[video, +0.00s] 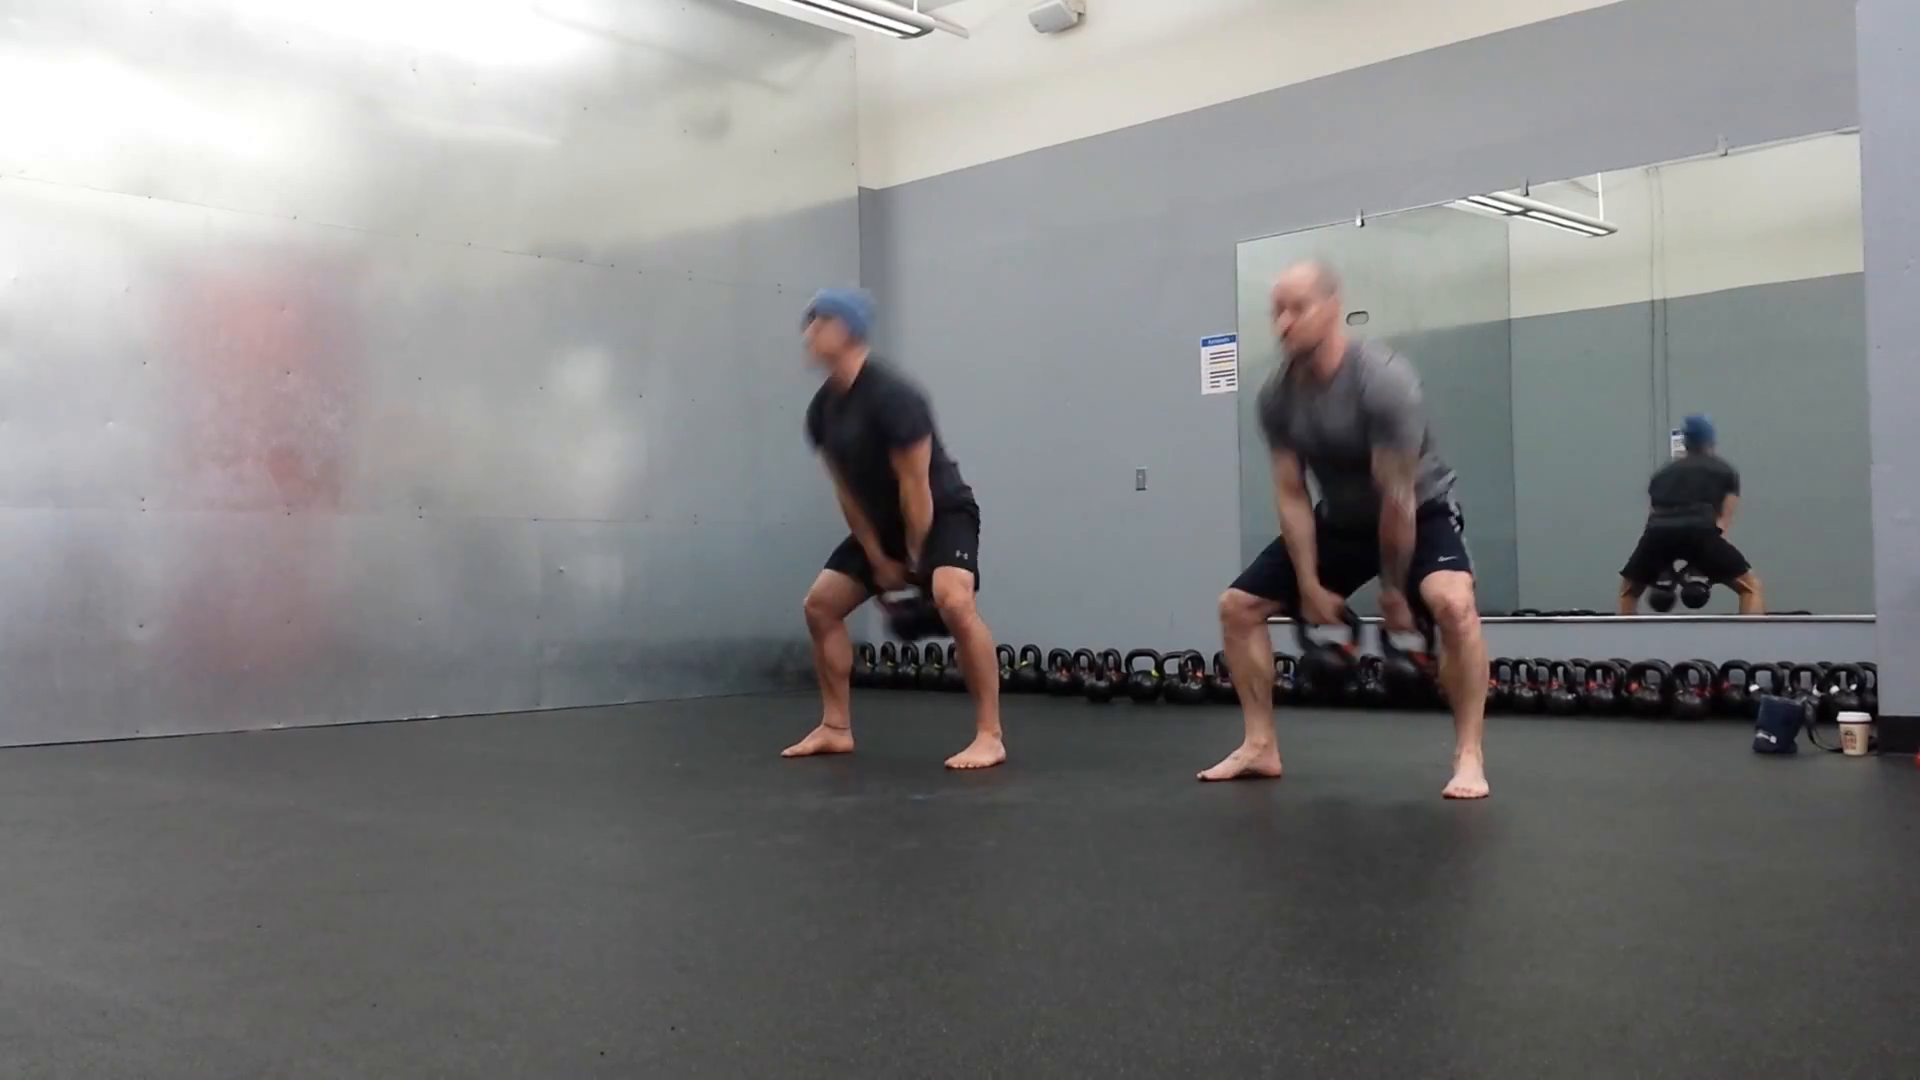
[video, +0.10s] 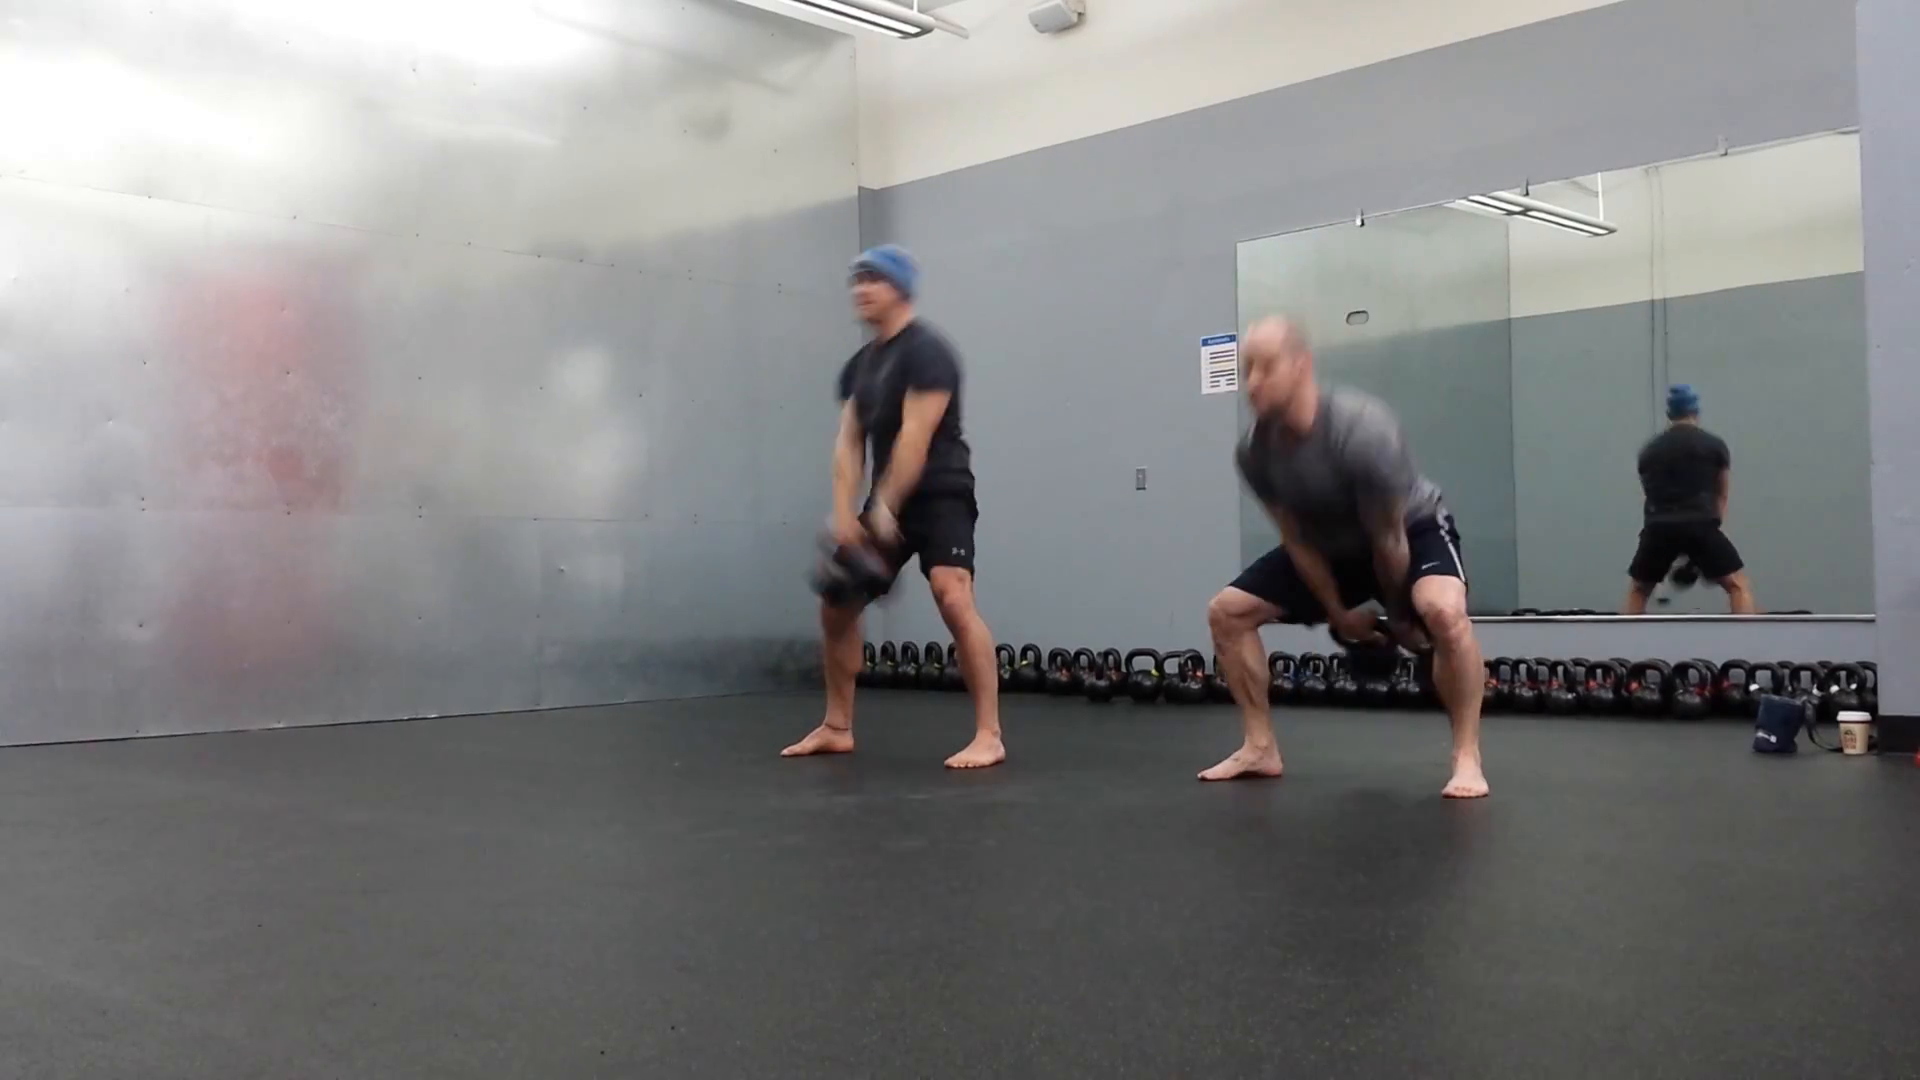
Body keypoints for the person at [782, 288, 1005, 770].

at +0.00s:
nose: (809, 331)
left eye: (822, 321)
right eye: (810, 322)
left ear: (851, 332)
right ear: (820, 335)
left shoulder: (895, 397)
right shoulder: (823, 410)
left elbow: (917, 488)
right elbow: (846, 492)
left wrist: (914, 559)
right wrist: (877, 558)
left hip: (942, 513)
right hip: (883, 519)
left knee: (953, 601)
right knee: (821, 607)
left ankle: (990, 735)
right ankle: (836, 727)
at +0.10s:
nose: (861, 290)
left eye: (872, 280)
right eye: (858, 281)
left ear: (901, 288)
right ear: (857, 293)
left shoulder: (928, 351)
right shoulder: (862, 364)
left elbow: (915, 443)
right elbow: (849, 443)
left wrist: (884, 505)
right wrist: (843, 514)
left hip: (940, 493)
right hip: (888, 494)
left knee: (952, 596)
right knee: (838, 600)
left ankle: (989, 734)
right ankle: (837, 725)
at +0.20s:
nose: (897, 292)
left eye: (907, 281)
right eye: (894, 283)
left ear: (937, 287)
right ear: (896, 290)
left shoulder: (965, 341)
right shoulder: (893, 352)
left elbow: (921, 400)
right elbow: (852, 405)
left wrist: (863, 434)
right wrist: (819, 441)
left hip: (934, 492)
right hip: (881, 491)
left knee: (953, 603)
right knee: (863, 609)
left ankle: (986, 735)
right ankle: (840, 726)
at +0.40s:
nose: (902, 291)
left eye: (911, 282)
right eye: (898, 284)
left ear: (942, 287)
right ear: (902, 292)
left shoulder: (970, 341)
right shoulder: (893, 351)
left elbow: (913, 340)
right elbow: (825, 364)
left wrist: (839, 314)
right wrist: (784, 338)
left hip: (931, 490)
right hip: (877, 490)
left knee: (953, 604)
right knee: (859, 610)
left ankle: (987, 735)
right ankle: (840, 727)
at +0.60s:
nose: (897, 286)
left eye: (907, 276)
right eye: (894, 279)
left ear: (937, 285)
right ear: (897, 287)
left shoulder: (963, 336)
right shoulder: (882, 346)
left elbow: (905, 321)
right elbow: (819, 343)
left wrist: (845, 281)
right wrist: (779, 302)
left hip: (930, 489)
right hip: (876, 491)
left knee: (954, 605)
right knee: (860, 612)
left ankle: (987, 736)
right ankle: (840, 726)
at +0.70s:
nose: (897, 287)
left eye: (907, 278)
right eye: (894, 281)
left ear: (938, 285)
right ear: (899, 290)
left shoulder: (966, 337)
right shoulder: (885, 349)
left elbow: (914, 330)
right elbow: (822, 348)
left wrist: (846, 297)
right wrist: (780, 312)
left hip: (933, 491)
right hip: (879, 493)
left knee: (955, 605)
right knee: (860, 612)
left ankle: (987, 736)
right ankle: (840, 727)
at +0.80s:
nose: (901, 291)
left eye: (910, 281)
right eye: (897, 284)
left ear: (940, 286)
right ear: (898, 293)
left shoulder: (970, 338)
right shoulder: (891, 350)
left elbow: (917, 353)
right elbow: (832, 365)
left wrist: (850, 336)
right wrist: (790, 347)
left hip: (939, 492)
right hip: (885, 494)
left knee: (956, 603)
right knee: (860, 610)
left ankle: (987, 736)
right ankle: (839, 727)